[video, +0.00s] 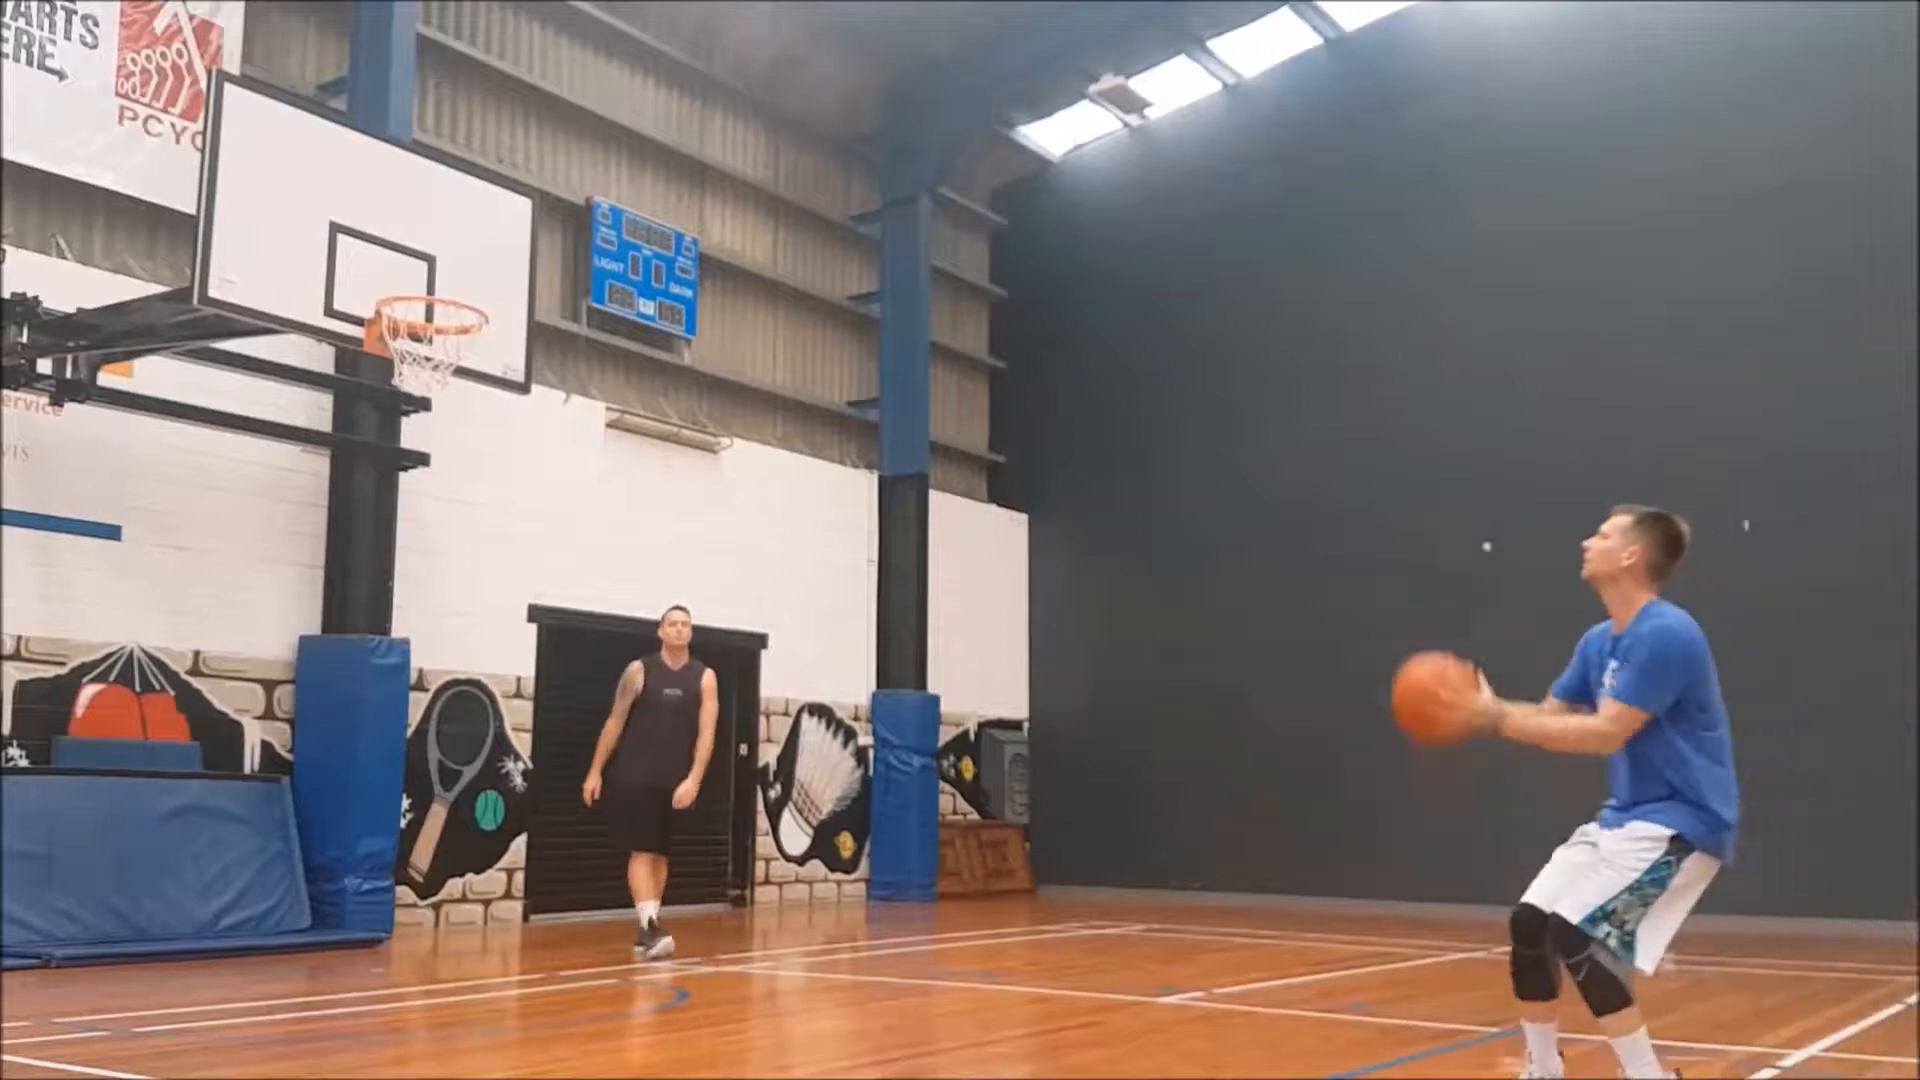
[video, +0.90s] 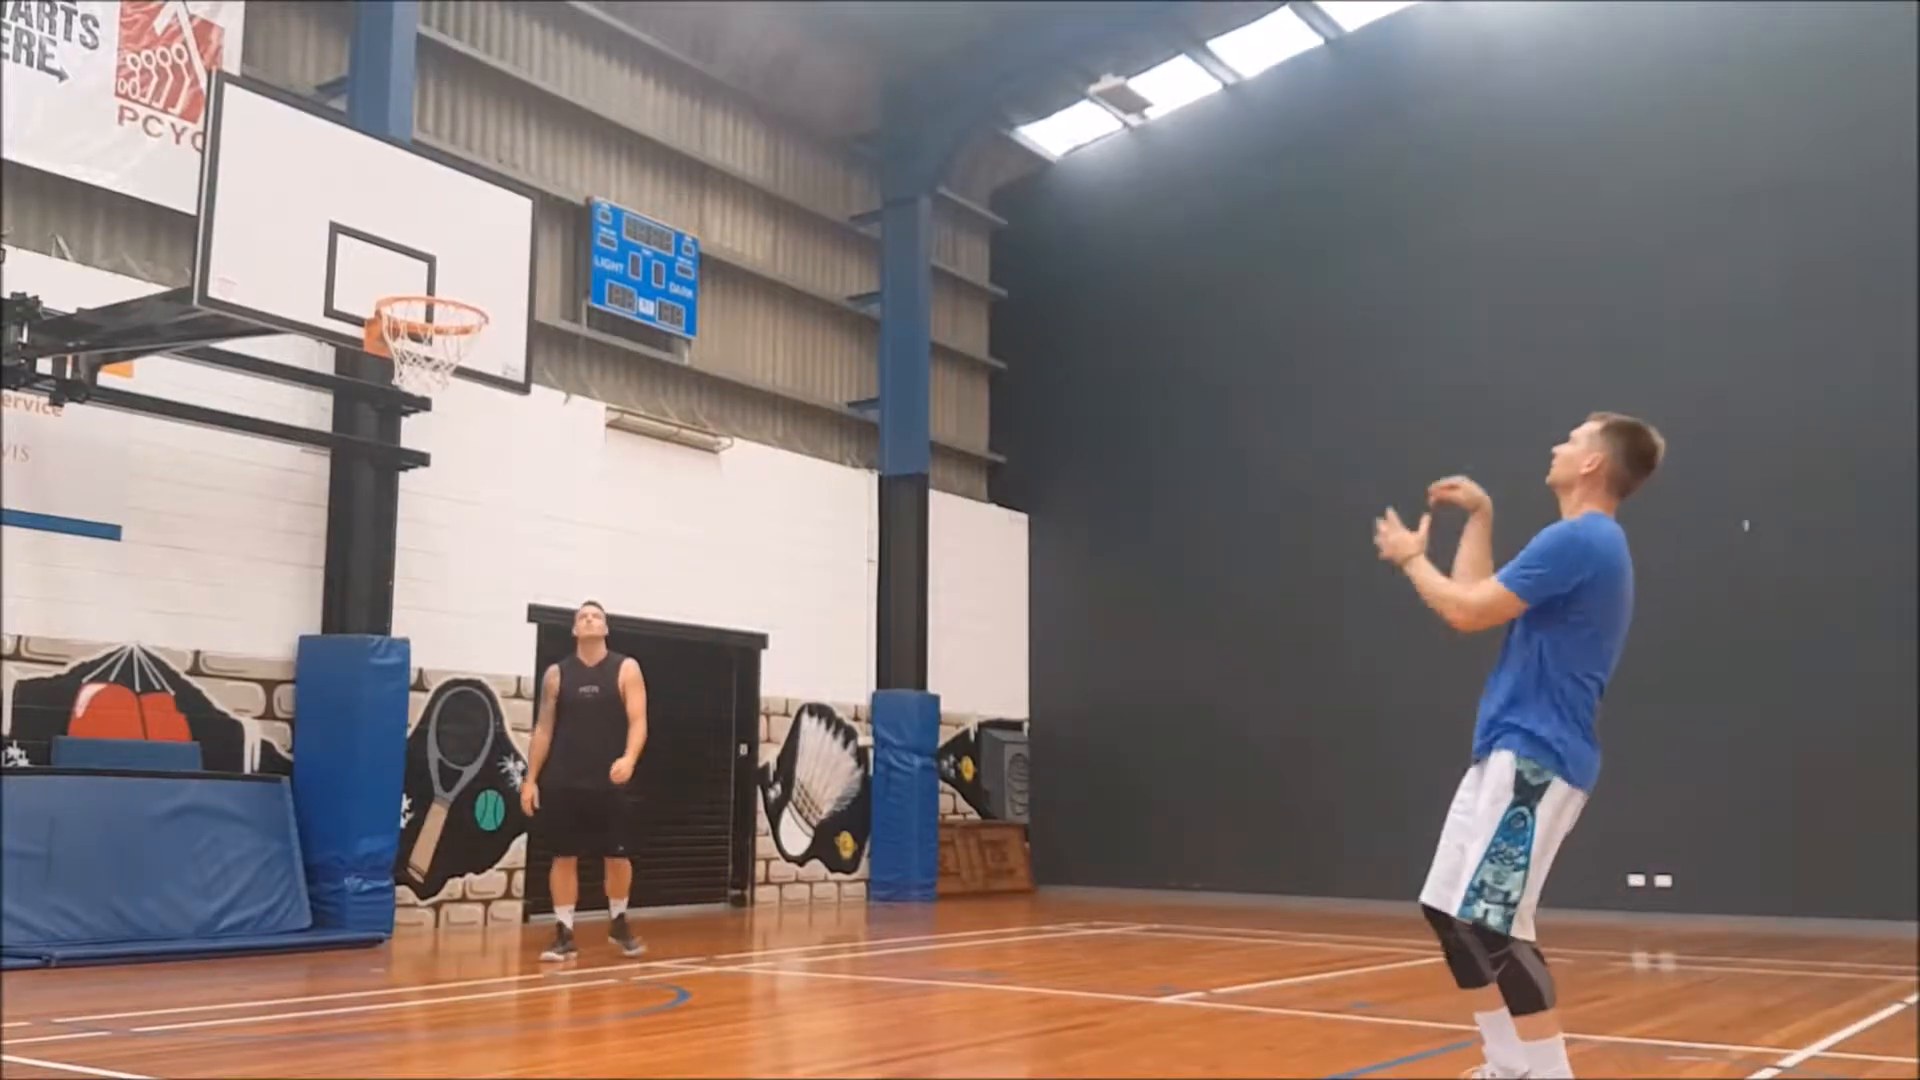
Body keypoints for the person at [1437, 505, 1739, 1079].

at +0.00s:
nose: (1586, 543)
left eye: (1601, 536)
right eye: (1594, 534)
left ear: (1632, 557)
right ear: (1627, 558)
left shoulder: (1666, 633)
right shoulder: (1598, 641)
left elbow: (1608, 734)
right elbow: (1556, 715)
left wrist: (1498, 719)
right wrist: (1483, 705)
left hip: (1683, 819)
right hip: (1625, 813)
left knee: (1577, 933)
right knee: (1531, 922)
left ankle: (1647, 1073)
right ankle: (1543, 1069)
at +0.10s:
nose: (1573, 525)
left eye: (1588, 518)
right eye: (1581, 516)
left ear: (1618, 538)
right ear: (1614, 540)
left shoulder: (1641, 614)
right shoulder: (1581, 606)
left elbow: (1519, 641)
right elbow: (1482, 630)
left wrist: (1477, 560)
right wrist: (1466, 557)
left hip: (1634, 817)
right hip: (1579, 807)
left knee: (1546, 945)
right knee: (1499, 930)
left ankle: (1644, 1073)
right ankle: (1542, 1069)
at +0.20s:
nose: (1578, 460)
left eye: (1595, 455)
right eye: (1585, 452)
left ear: (1621, 482)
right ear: (1592, 473)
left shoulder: (1617, 546)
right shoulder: (1576, 543)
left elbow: (1487, 508)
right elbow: (1479, 511)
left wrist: (1504, 426)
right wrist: (1507, 436)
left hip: (1592, 770)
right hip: (1541, 761)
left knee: (1563, 928)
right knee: (1502, 914)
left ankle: (1643, 1067)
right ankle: (1538, 1063)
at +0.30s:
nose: (1578, 386)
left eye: (1594, 380)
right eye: (1582, 379)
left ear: (1621, 407)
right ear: (1588, 401)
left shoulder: (1606, 466)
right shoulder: (1566, 462)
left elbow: (1489, 415)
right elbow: (1481, 428)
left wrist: (1497, 336)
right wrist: (1514, 365)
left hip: (1569, 683)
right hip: (1525, 679)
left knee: (1564, 858)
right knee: (1521, 851)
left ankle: (1600, 1018)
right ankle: (1527, 1009)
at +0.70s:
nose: (1543, 429)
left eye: (1558, 421)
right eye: (1554, 420)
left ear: (1582, 442)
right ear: (1587, 447)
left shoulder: (1572, 508)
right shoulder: (1553, 504)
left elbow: (1456, 471)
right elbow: (1487, 431)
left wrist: (1409, 393)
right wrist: (1468, 351)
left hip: (1527, 744)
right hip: (1495, 736)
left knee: (1497, 911)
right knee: (1462, 905)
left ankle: (1544, 1068)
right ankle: (1502, 1064)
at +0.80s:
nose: (1546, 460)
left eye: (1562, 452)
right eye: (1558, 451)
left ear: (1585, 476)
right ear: (1590, 483)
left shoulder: (1576, 549)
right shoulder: (1566, 548)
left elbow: (1448, 555)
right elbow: (1468, 522)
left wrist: (1415, 475)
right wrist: (1475, 438)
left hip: (1529, 770)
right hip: (1501, 765)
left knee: (1481, 942)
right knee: (1449, 933)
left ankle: (1548, 1072)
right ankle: (1507, 1070)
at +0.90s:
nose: (1557, 447)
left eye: (1570, 439)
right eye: (1567, 437)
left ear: (1592, 461)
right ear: (1599, 466)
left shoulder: (1581, 540)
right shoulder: (1587, 541)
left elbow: (1466, 612)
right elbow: (1476, 600)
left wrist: (1412, 557)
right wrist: (1480, 514)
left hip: (1542, 757)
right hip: (1514, 749)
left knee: (1489, 918)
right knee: (1447, 906)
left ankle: (1552, 1071)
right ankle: (1507, 1064)